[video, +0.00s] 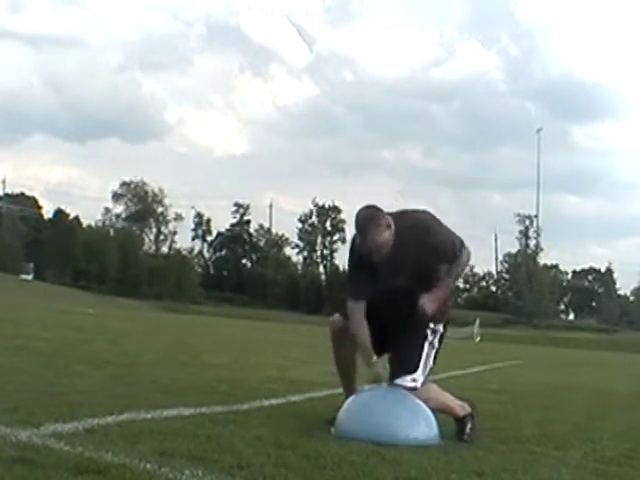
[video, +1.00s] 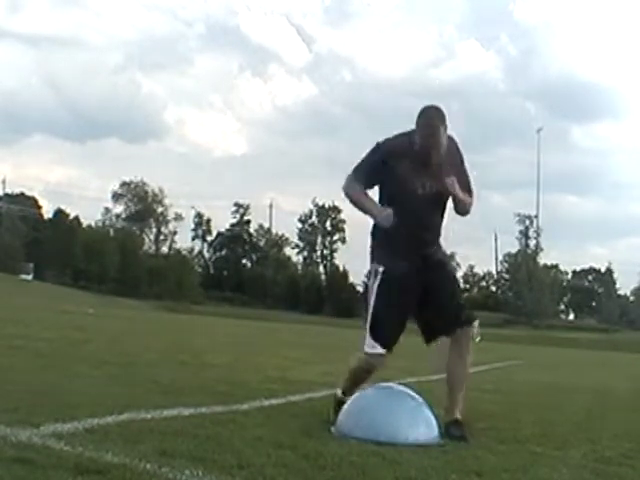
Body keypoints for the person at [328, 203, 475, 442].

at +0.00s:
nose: (377, 255)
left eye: (380, 248)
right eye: (370, 250)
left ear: (390, 226)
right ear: (360, 239)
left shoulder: (422, 226)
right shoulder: (360, 248)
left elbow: (462, 255)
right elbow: (355, 308)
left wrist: (438, 295)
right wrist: (371, 359)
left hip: (421, 308)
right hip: (384, 309)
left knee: (407, 389)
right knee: (340, 330)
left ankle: (463, 411)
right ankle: (351, 404)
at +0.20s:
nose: (386, 180)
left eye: (390, 173)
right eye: (380, 174)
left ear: (402, 159)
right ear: (372, 166)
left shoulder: (429, 183)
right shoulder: (370, 182)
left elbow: (455, 237)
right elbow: (352, 236)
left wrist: (423, 243)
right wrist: (364, 236)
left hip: (424, 283)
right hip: (389, 277)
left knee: (407, 370)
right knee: (339, 331)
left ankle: (463, 413)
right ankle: (352, 405)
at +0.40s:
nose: (393, 113)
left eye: (397, 106)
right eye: (388, 107)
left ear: (413, 96)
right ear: (382, 101)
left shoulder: (436, 124)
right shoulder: (376, 126)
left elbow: (445, 187)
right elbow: (359, 179)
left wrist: (415, 148)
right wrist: (370, 135)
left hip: (425, 244)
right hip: (385, 242)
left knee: (435, 332)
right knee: (356, 327)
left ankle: (449, 417)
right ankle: (355, 404)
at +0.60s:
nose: (399, 87)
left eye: (404, 80)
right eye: (394, 82)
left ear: (420, 76)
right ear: (390, 81)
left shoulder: (442, 108)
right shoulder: (381, 113)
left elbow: (456, 167)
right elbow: (369, 166)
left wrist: (426, 124)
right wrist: (377, 122)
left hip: (429, 233)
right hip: (388, 232)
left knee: (439, 331)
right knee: (372, 326)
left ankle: (449, 418)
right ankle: (357, 408)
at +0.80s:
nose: (410, 85)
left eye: (416, 77)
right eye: (406, 79)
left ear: (431, 78)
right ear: (401, 81)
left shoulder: (449, 113)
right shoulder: (390, 109)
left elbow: (464, 176)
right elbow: (367, 162)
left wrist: (441, 138)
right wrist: (381, 126)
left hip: (433, 238)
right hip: (390, 236)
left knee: (443, 330)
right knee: (371, 329)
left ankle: (451, 418)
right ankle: (357, 407)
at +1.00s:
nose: (431, 150)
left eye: (436, 143)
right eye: (425, 143)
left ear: (445, 135)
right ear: (416, 133)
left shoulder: (450, 151)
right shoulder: (391, 150)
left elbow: (466, 207)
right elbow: (352, 188)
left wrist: (457, 194)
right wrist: (376, 211)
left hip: (431, 257)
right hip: (391, 258)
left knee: (463, 330)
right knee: (374, 357)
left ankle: (454, 419)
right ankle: (343, 398)